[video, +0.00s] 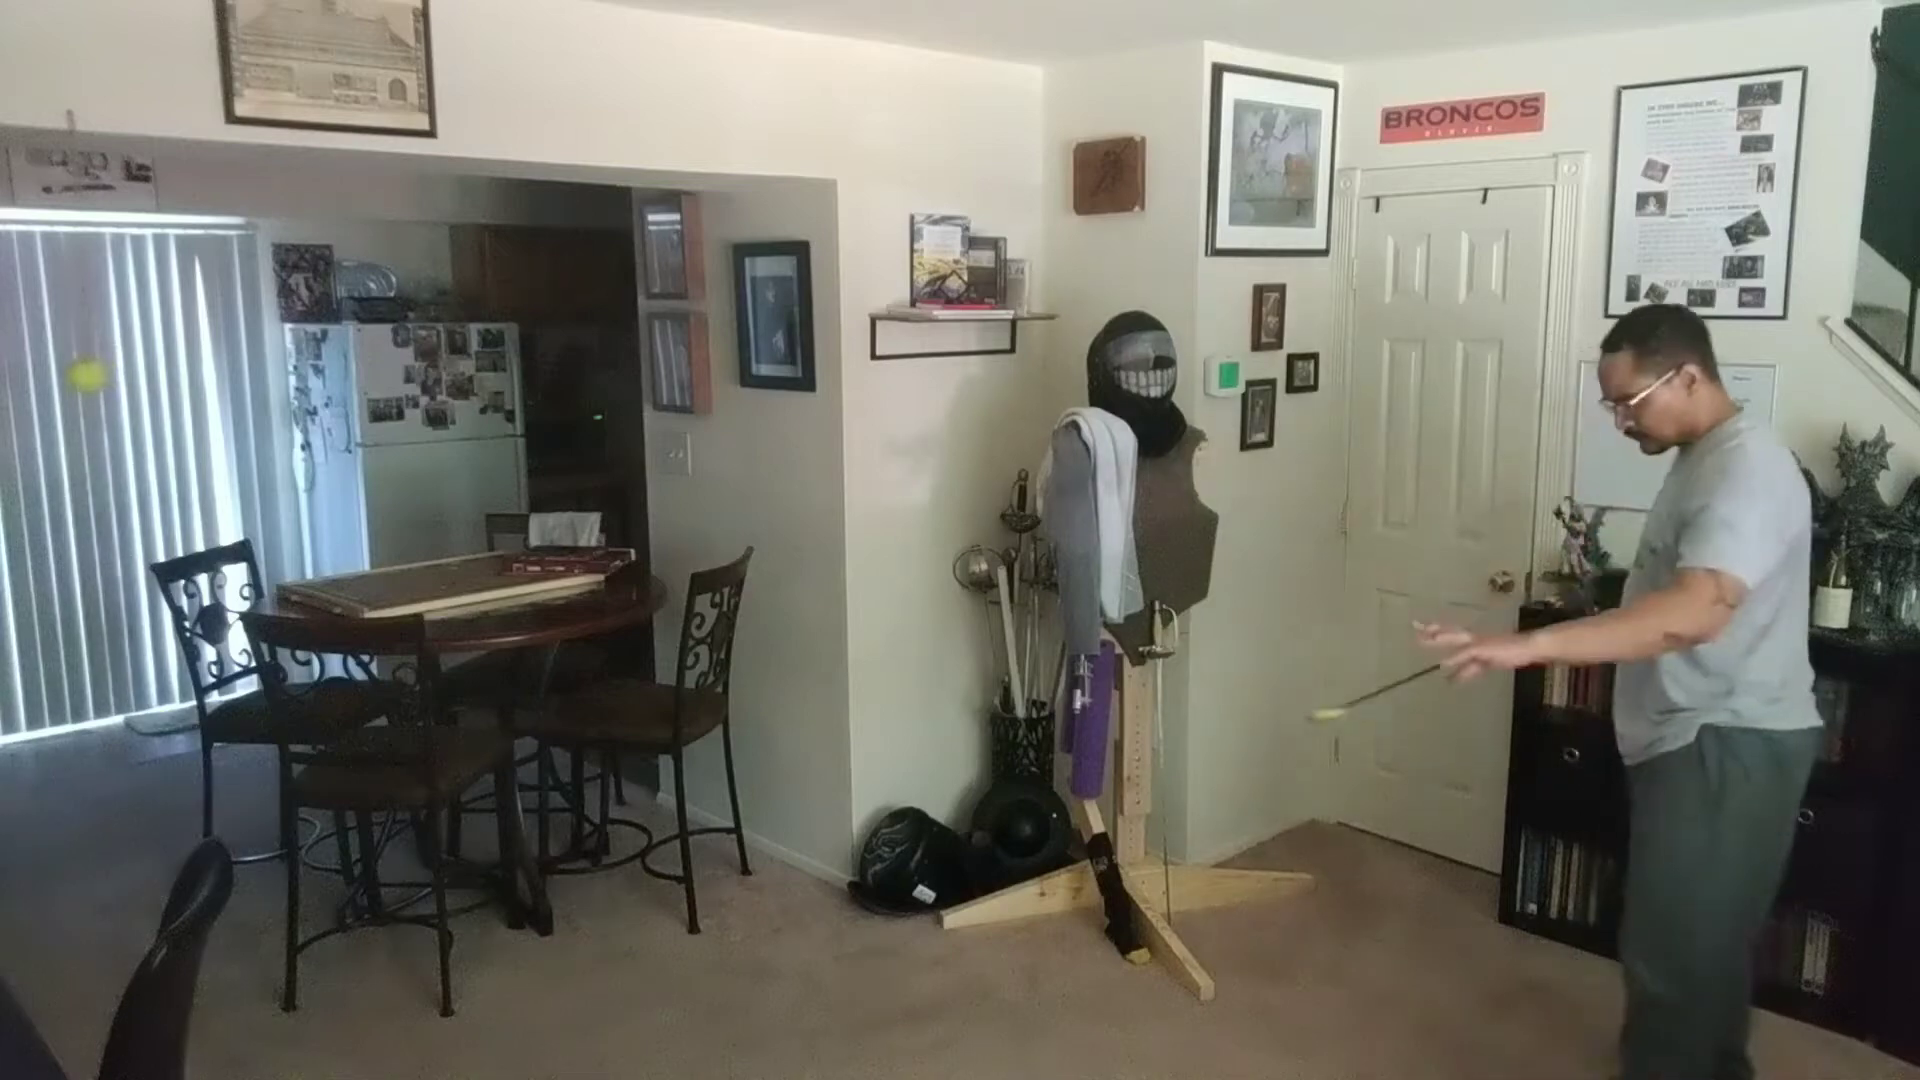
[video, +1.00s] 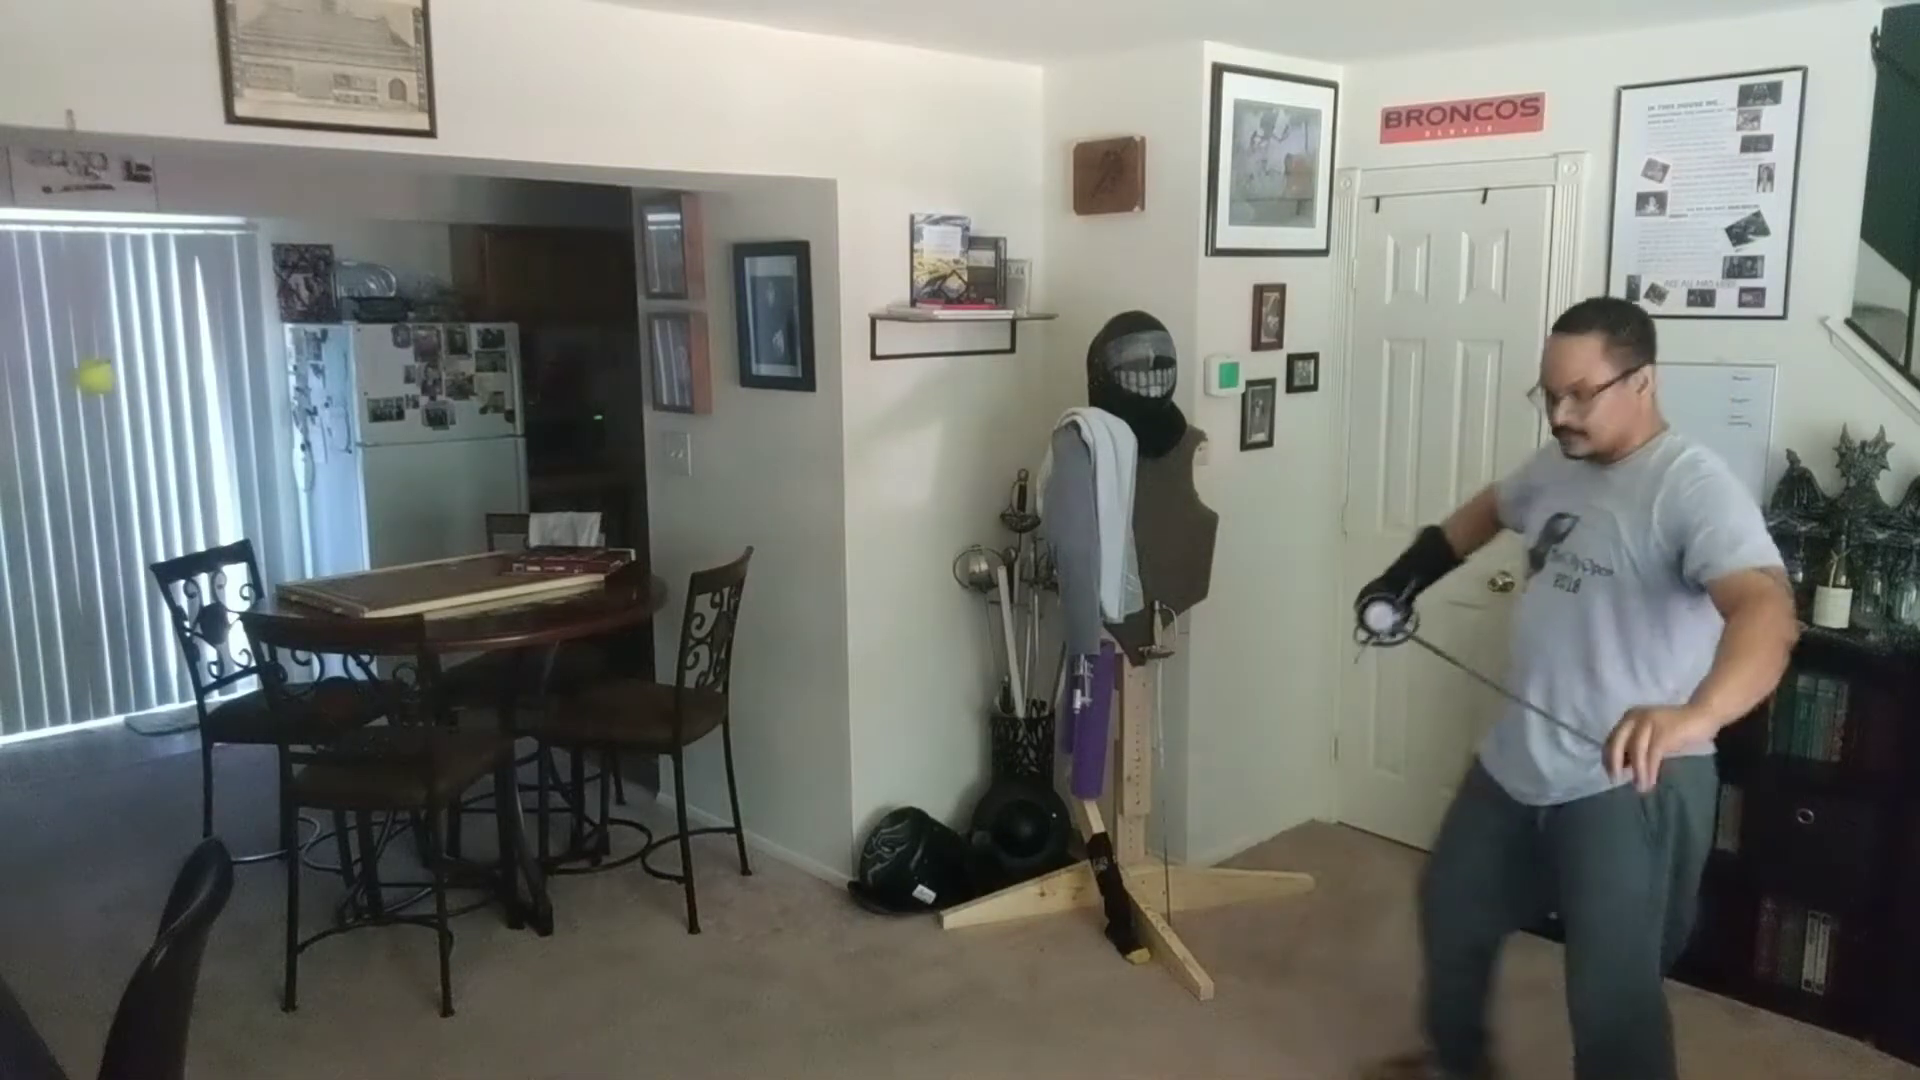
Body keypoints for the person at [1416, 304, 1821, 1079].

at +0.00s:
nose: (1621, 422)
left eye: (1629, 402)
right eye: (1614, 407)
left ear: (1688, 378)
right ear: (1686, 383)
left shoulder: (1749, 466)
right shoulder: (1701, 462)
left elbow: (1695, 610)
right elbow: (1683, 602)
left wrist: (1525, 647)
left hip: (1728, 748)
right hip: (1692, 741)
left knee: (1679, 968)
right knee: (1682, 958)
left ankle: (1672, 1070)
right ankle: (1711, 1065)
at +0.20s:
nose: (1618, 428)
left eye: (1628, 409)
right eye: (1610, 413)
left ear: (1687, 382)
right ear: (1686, 385)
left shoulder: (1740, 473)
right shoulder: (1698, 465)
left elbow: (1694, 615)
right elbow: (1684, 607)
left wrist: (1546, 677)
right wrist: (1613, 669)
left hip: (1703, 752)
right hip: (1683, 743)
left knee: (1652, 967)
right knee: (1700, 954)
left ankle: (1661, 1070)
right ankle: (1714, 1067)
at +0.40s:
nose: (1599, 433)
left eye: (1604, 416)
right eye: (1592, 419)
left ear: (1657, 394)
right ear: (1660, 392)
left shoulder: (1734, 474)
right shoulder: (1680, 466)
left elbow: (1728, 623)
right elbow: (1609, 526)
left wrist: (1591, 710)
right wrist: (1530, 554)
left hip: (1680, 769)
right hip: (1657, 758)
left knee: (1627, 976)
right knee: (1689, 956)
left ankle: (1648, 1072)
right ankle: (1710, 1067)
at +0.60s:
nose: (1587, 435)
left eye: (1591, 416)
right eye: (1581, 420)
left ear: (1644, 394)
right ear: (1643, 395)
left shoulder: (1731, 479)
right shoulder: (1643, 475)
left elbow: (1752, 640)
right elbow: (1572, 531)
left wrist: (1621, 724)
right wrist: (1478, 569)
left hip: (1667, 787)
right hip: (1617, 777)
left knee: (1635, 1012)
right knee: (1633, 995)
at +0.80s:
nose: (1573, 435)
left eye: (1578, 418)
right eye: (1567, 421)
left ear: (1636, 397)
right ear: (1629, 399)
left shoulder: (1718, 484)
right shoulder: (1607, 475)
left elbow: (1771, 645)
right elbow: (1540, 529)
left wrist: (1650, 735)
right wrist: (1443, 582)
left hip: (1648, 791)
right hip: (1554, 774)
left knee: (1618, 1006)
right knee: (1526, 918)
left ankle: (1639, 1076)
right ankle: (1606, 1050)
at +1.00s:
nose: (1560, 415)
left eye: (1578, 394)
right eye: (1551, 395)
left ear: (1642, 383)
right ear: (1542, 387)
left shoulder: (1693, 484)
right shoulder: (1556, 466)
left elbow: (1768, 615)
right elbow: (1487, 513)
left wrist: (1700, 713)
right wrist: (1406, 576)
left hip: (1634, 782)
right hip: (1520, 757)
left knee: (1613, 990)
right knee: (1452, 907)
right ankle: (1456, 1060)